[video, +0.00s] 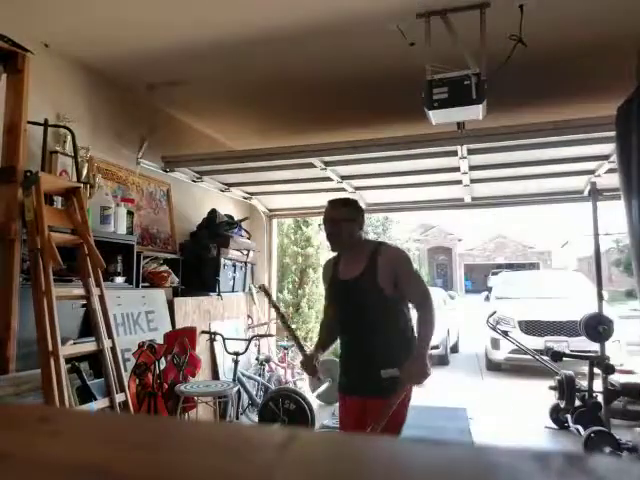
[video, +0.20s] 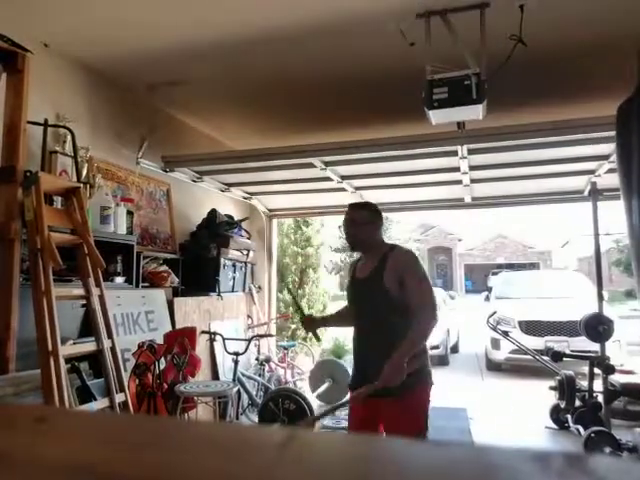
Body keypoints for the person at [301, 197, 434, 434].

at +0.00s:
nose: (329, 230)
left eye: (337, 223)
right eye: (326, 224)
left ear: (358, 225)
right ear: (323, 226)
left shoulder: (390, 258)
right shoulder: (332, 268)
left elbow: (424, 304)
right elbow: (332, 318)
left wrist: (420, 355)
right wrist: (317, 352)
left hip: (389, 374)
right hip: (351, 373)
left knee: (377, 458)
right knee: (350, 456)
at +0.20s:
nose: (348, 231)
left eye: (355, 225)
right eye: (346, 225)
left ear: (375, 226)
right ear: (344, 228)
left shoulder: (402, 260)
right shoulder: (356, 269)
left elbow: (427, 315)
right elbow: (356, 313)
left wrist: (399, 359)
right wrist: (321, 322)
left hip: (405, 381)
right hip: (364, 379)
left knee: (405, 460)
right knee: (359, 460)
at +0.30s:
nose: (361, 232)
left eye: (368, 225)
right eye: (360, 226)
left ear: (388, 228)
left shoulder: (413, 262)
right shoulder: (369, 270)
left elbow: (429, 317)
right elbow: (362, 313)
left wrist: (392, 348)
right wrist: (329, 297)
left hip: (414, 378)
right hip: (375, 378)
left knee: (417, 457)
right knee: (366, 456)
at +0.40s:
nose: (377, 231)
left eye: (385, 226)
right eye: (376, 226)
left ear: (403, 229)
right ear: (373, 229)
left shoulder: (424, 264)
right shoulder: (380, 269)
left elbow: (426, 321)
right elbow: (362, 308)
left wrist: (379, 338)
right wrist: (339, 278)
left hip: (424, 378)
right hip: (386, 377)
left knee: (426, 456)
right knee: (378, 454)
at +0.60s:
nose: (398, 227)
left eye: (406, 221)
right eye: (394, 221)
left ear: (421, 225)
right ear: (390, 226)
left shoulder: (437, 262)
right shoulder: (392, 261)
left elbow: (428, 313)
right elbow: (368, 297)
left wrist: (383, 322)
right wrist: (353, 264)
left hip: (433, 372)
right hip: (395, 370)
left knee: (435, 453)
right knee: (387, 450)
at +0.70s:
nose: (399, 227)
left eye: (406, 221)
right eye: (395, 222)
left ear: (421, 225)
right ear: (391, 226)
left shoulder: (437, 263)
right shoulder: (392, 261)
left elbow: (428, 313)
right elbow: (369, 297)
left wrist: (383, 321)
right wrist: (355, 263)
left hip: (431, 372)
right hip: (394, 371)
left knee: (435, 451)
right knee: (386, 449)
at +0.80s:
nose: (397, 227)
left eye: (404, 221)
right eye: (393, 222)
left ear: (420, 227)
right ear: (389, 227)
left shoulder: (434, 263)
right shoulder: (391, 264)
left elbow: (424, 312)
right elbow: (364, 299)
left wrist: (381, 322)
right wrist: (354, 262)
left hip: (427, 371)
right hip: (390, 369)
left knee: (429, 449)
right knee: (386, 447)